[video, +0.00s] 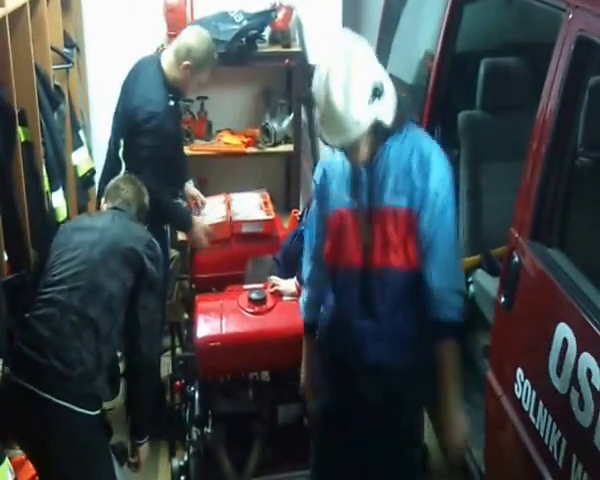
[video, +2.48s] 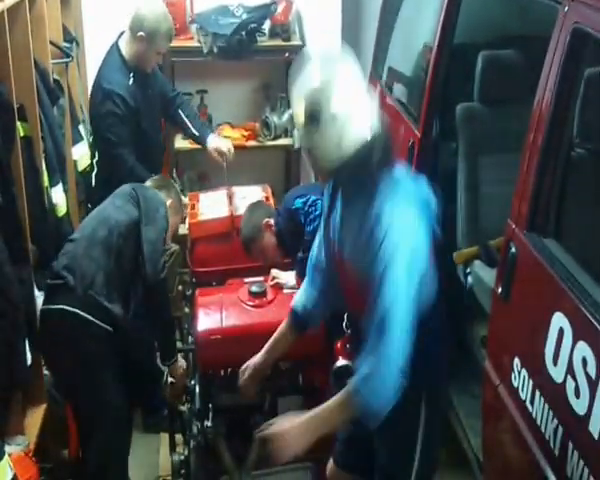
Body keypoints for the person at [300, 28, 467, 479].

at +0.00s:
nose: (334, 120)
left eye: (344, 109)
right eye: (327, 108)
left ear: (373, 98)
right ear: (320, 106)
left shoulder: (422, 158)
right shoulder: (329, 163)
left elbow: (444, 284)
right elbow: (313, 268)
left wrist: (450, 401)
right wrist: (309, 354)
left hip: (403, 358)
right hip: (339, 358)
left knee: (396, 466)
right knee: (335, 464)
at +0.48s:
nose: (323, 140)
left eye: (328, 127)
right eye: (318, 128)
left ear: (360, 119)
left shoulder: (411, 179)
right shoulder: (358, 172)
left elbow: (411, 316)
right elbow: (346, 280)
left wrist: (378, 436)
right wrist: (329, 372)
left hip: (399, 362)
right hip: (361, 351)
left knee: (388, 466)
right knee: (344, 454)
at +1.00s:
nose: (337, 113)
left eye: (339, 103)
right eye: (335, 103)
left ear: (352, 106)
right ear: (396, 84)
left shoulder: (373, 187)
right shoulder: (420, 150)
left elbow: (375, 316)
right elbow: (410, 245)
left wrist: (345, 412)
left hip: (341, 332)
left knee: (321, 434)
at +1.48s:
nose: (306, 94)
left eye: (313, 79)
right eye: (309, 79)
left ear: (333, 86)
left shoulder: (383, 170)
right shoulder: (345, 155)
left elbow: (371, 306)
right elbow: (328, 253)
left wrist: (310, 411)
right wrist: (274, 325)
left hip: (389, 345)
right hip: (354, 334)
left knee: (379, 457)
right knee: (353, 449)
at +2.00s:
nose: (362, 159)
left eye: (370, 142)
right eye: (350, 145)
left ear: (389, 113)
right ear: (333, 125)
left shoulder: (425, 175)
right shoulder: (333, 180)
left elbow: (449, 299)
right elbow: (329, 285)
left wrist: (449, 423)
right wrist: (317, 373)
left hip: (400, 373)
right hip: (337, 370)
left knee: (387, 467)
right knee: (320, 463)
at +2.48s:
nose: (305, 140)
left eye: (315, 124)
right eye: (303, 126)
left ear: (351, 120)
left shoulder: (398, 205)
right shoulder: (344, 190)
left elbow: (390, 358)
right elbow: (316, 290)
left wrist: (312, 425)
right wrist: (266, 358)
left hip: (415, 371)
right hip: (370, 357)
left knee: (399, 470)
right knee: (344, 469)